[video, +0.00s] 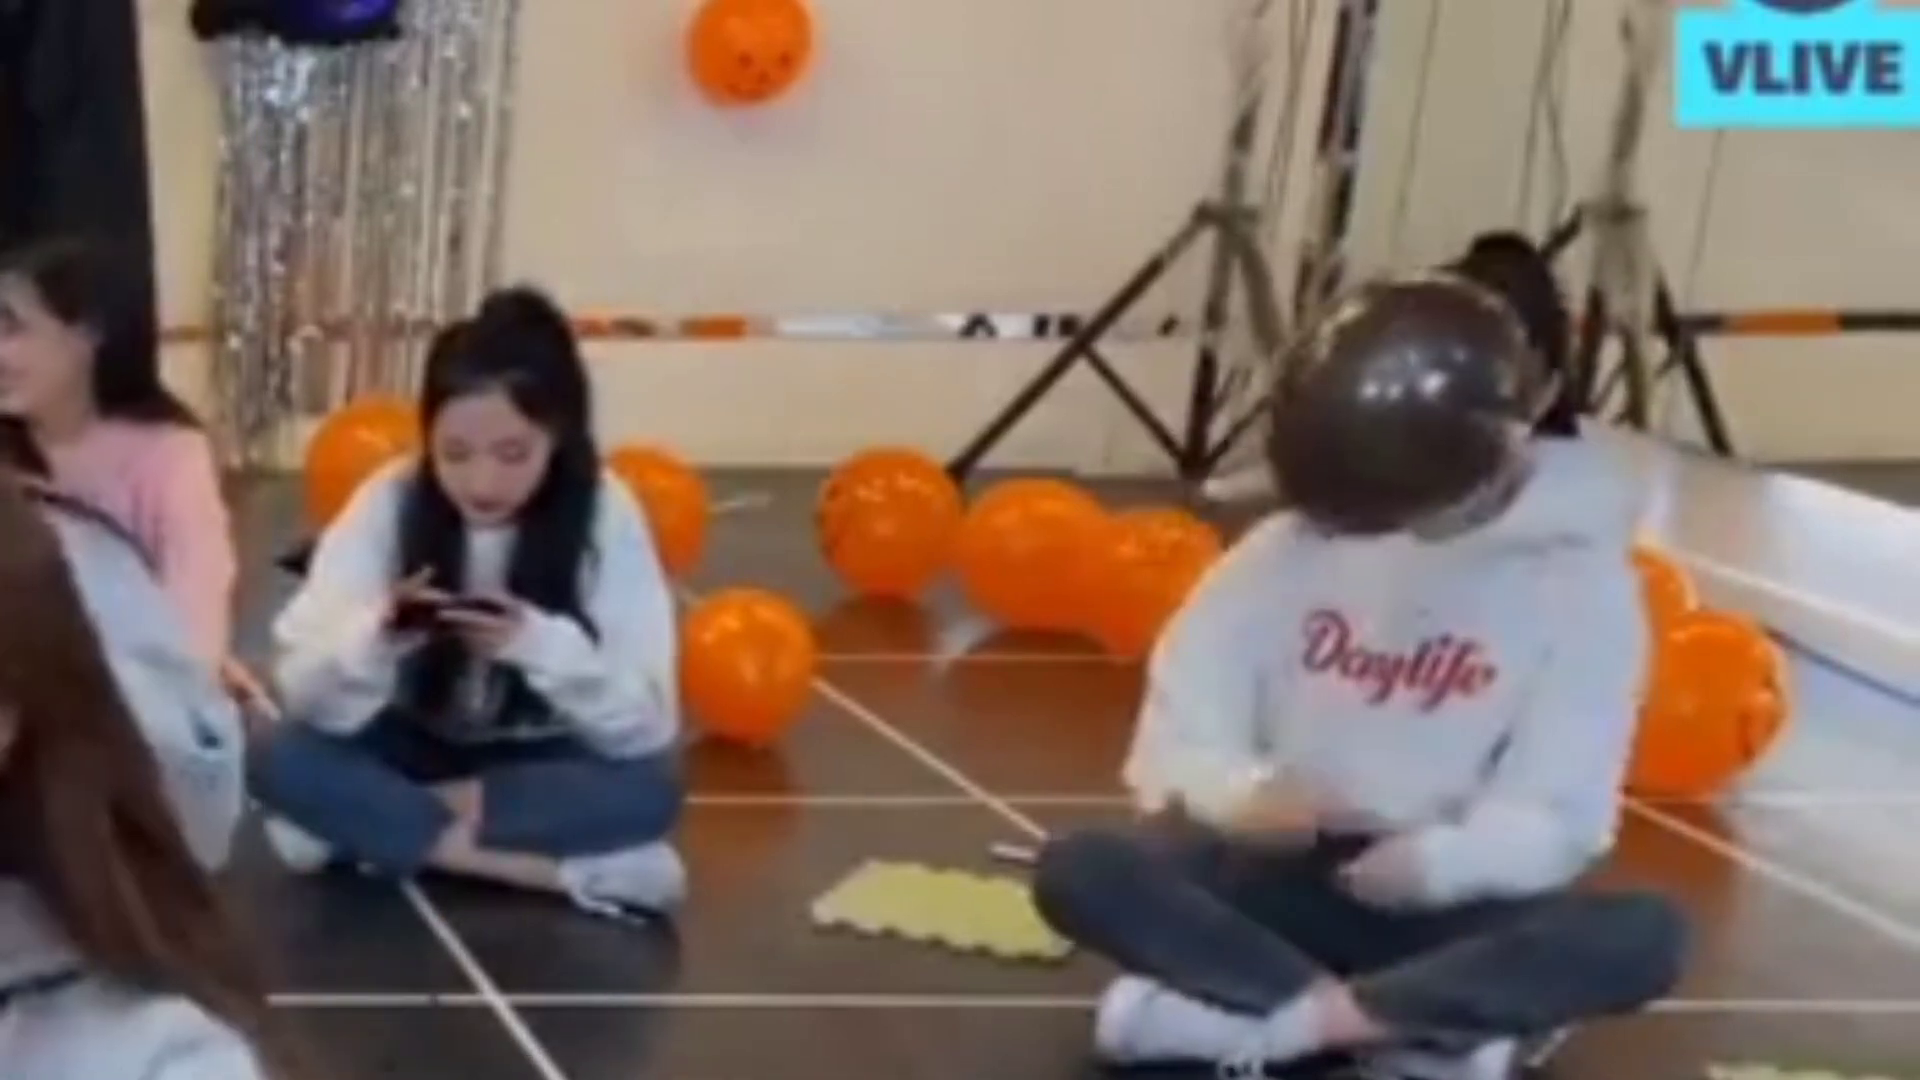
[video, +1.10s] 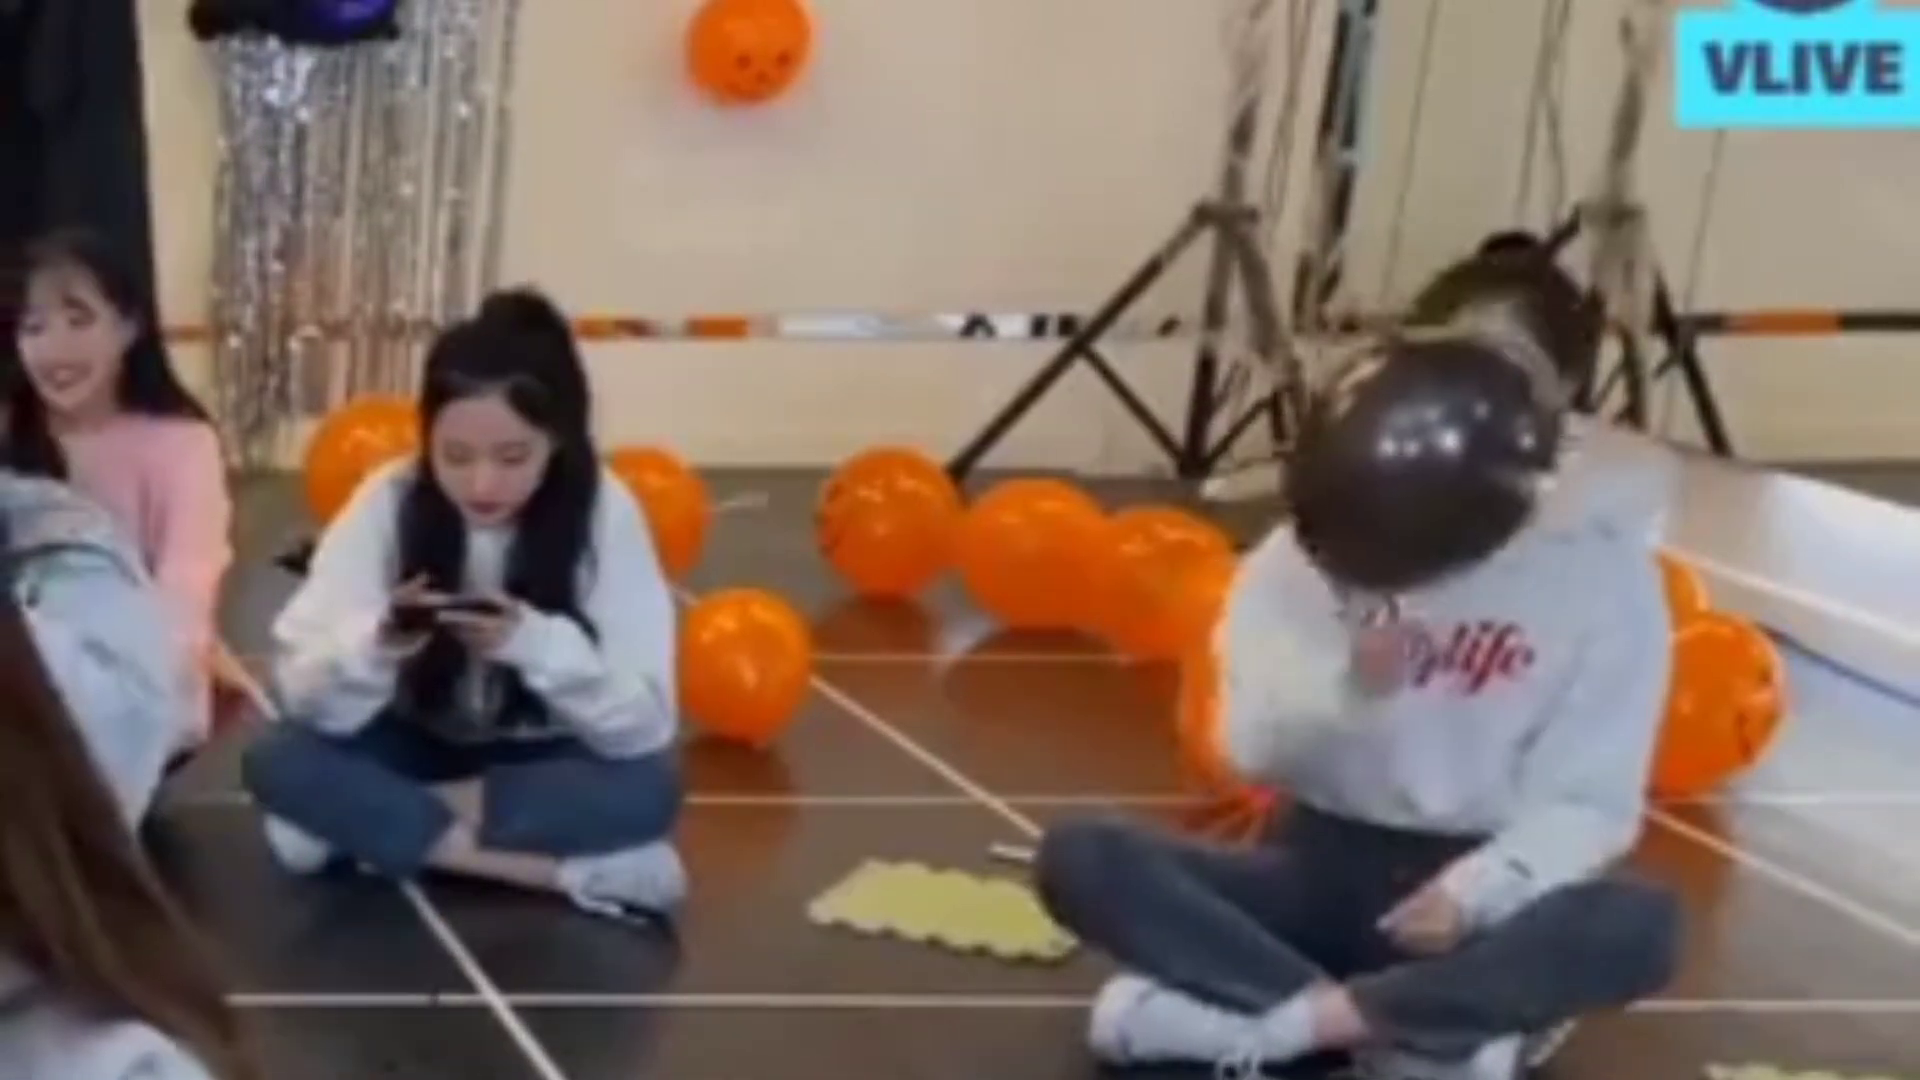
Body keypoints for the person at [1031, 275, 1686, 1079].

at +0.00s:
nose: (1374, 535)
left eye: (1400, 516)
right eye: (1343, 514)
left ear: (1497, 463)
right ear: (1319, 459)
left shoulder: (1580, 585)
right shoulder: (1289, 547)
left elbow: (1560, 816)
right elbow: (1172, 749)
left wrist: (1432, 863)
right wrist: (1244, 800)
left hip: (1453, 891)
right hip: (1274, 868)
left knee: (1644, 935)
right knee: (1076, 870)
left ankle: (1285, 1031)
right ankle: (1397, 1043)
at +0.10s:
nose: (1389, 534)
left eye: (1431, 516)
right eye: (1364, 510)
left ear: (1511, 461)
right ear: (1330, 466)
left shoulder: (1589, 578)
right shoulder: (1298, 547)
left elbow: (1582, 800)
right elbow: (1180, 745)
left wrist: (1480, 870)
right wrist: (1296, 760)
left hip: (1464, 879)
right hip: (1289, 861)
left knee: (1647, 936)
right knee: (1076, 868)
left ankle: (1285, 1031)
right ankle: (1405, 1043)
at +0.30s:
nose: (1417, 542)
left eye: (1444, 523)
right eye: (1387, 513)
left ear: (1513, 483)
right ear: (1351, 477)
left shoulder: (1595, 568)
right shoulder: (1303, 546)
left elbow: (1588, 801)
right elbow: (1195, 738)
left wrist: (1467, 881)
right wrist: (1359, 679)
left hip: (1484, 877)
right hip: (1310, 865)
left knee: (1646, 923)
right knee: (1083, 860)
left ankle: (1281, 1032)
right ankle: (1400, 1046)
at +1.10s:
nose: (1349, 591)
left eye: (1377, 578)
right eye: (1334, 567)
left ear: (1467, 547)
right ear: (1322, 497)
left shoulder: (1606, 584)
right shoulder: (1297, 557)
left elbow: (1594, 803)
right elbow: (1250, 748)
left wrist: (1475, 893)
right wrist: (1353, 691)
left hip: (1483, 884)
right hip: (1313, 872)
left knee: (1638, 924)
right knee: (1078, 854)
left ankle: (1272, 1033)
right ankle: (1399, 1046)